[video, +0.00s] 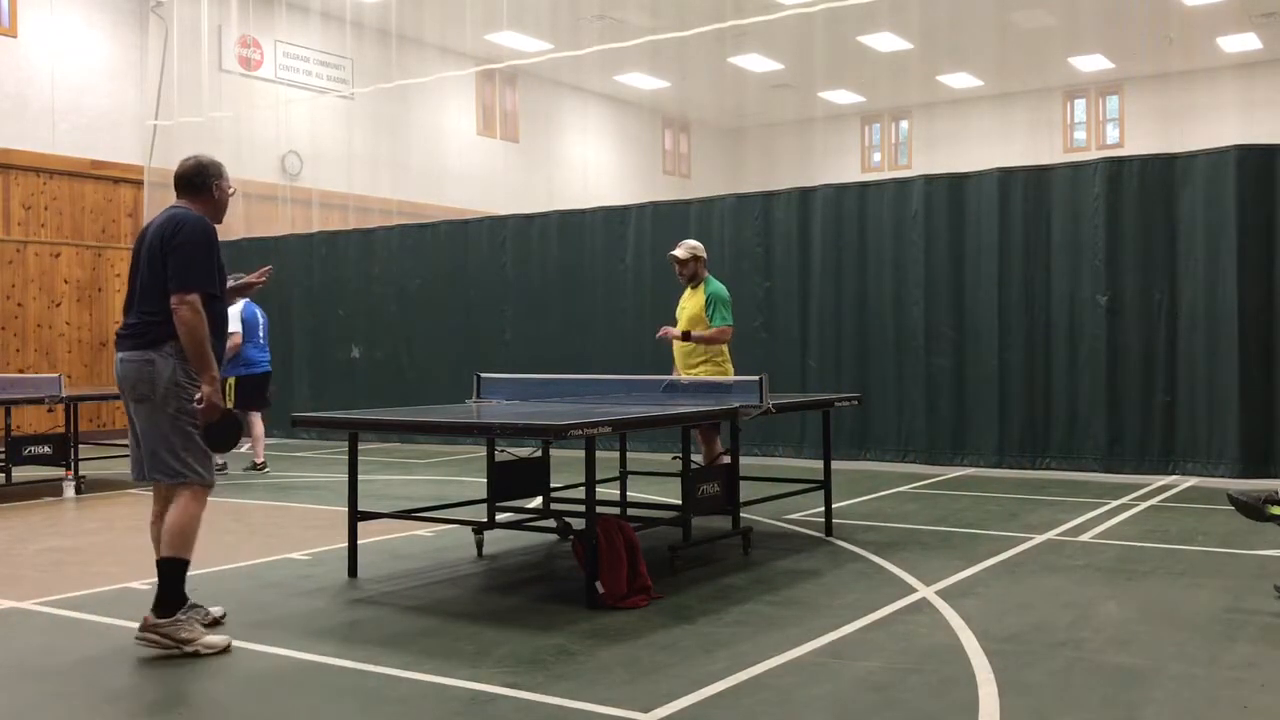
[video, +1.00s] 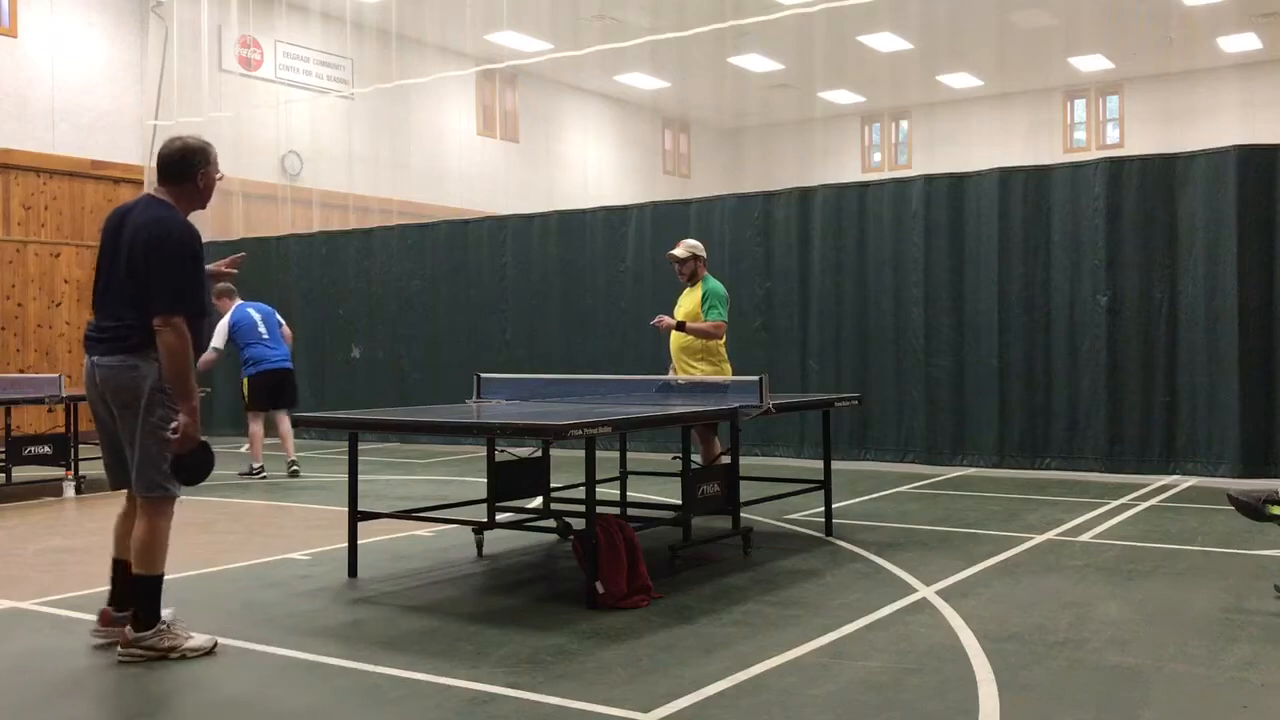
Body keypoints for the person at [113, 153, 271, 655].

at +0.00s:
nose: (229, 195)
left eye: (227, 188)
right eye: (227, 188)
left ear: (180, 188)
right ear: (215, 188)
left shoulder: (158, 226)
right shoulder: (194, 226)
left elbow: (177, 295)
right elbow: (184, 306)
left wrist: (234, 289)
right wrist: (209, 377)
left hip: (137, 362)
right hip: (165, 363)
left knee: (168, 488)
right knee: (194, 484)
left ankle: (174, 602)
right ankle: (166, 613)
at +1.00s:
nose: (217, 181)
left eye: (215, 173)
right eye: (214, 174)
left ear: (163, 174)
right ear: (199, 179)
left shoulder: (122, 216)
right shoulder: (176, 232)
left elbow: (140, 285)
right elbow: (169, 324)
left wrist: (202, 271)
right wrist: (188, 407)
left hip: (104, 369)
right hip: (144, 373)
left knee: (137, 494)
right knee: (156, 500)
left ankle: (118, 611)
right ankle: (147, 628)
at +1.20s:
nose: (200, 179)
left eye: (199, 170)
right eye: (197, 171)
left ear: (146, 172)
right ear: (178, 176)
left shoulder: (110, 217)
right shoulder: (160, 230)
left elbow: (135, 280)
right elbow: (156, 325)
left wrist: (199, 270)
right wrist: (187, 407)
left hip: (96, 369)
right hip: (137, 373)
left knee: (118, 497)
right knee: (156, 500)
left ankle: (49, 602)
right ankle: (146, 628)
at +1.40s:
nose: (175, 176)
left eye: (173, 168)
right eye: (171, 169)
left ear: (123, 174)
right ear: (153, 175)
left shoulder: (89, 221)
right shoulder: (135, 229)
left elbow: (118, 285)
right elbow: (139, 323)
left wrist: (184, 270)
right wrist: (180, 401)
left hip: (83, 373)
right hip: (126, 374)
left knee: (89, 503)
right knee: (155, 500)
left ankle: (25, 621)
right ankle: (145, 628)